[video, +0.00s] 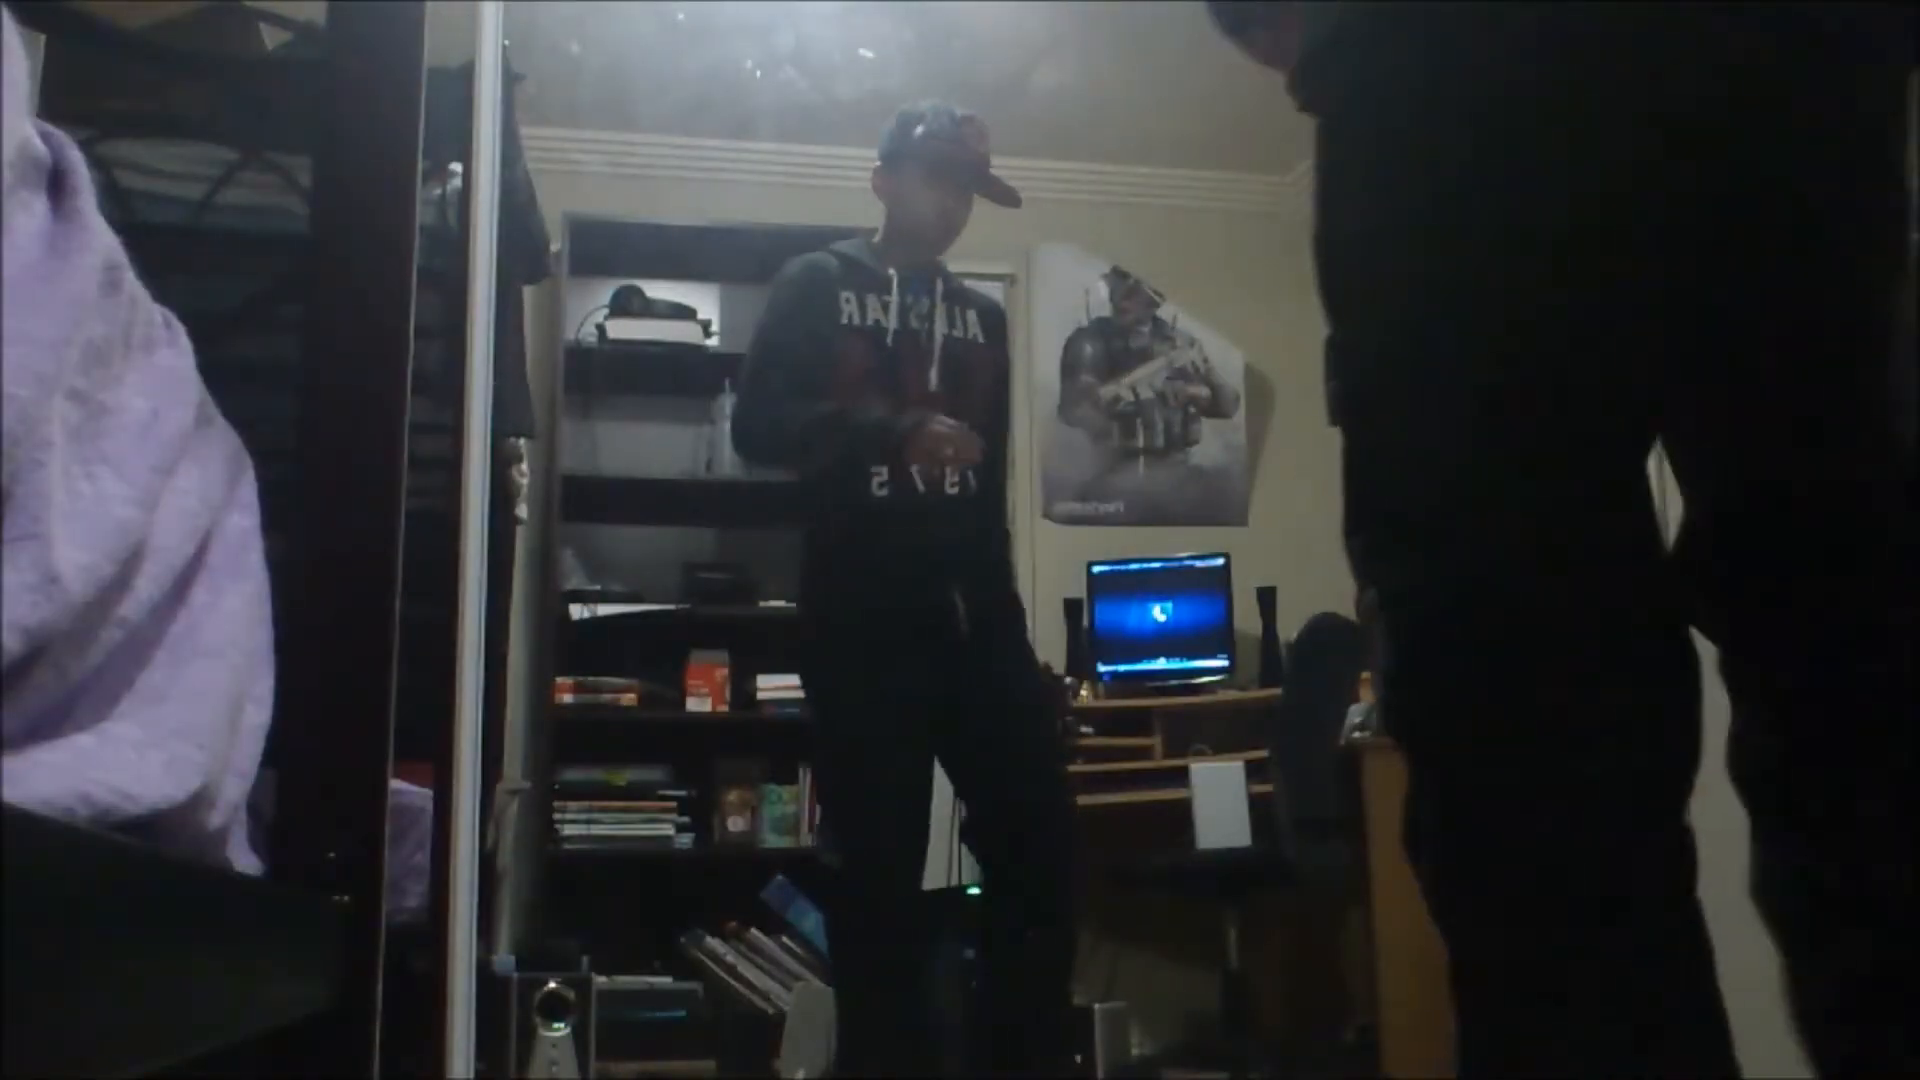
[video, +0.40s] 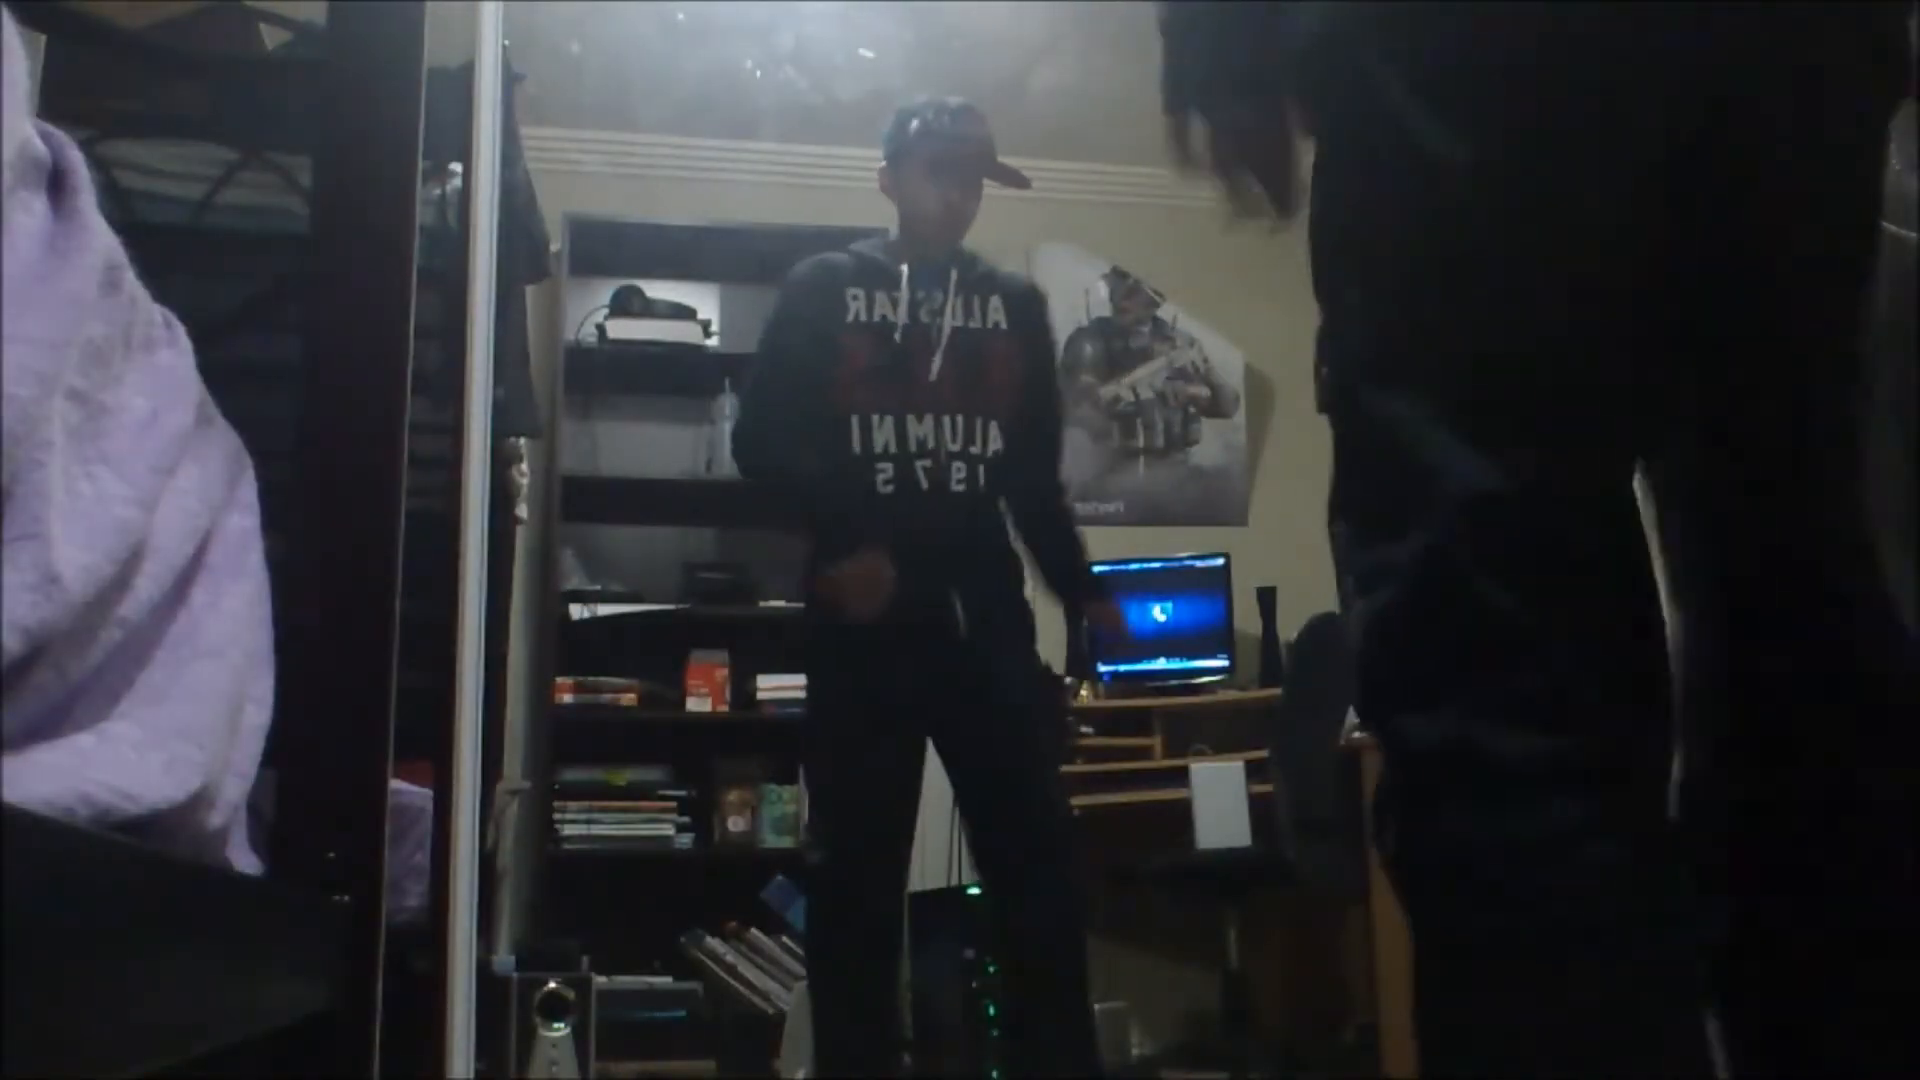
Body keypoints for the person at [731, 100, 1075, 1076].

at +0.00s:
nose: (954, 204)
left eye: (968, 188)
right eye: (938, 179)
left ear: (978, 199)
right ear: (885, 179)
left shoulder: (985, 318)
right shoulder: (816, 284)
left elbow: (998, 483)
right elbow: (757, 428)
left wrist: (1016, 638)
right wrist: (893, 433)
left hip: (976, 615)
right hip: (862, 610)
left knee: (1035, 843)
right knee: (878, 860)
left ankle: (1021, 1061)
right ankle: (881, 1066)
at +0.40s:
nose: (954, 196)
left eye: (970, 178)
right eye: (936, 172)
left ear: (986, 189)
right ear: (890, 177)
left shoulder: (1014, 305)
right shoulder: (824, 289)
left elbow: (1031, 474)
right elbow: (764, 438)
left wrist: (1080, 592)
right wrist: (844, 534)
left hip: (984, 613)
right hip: (861, 613)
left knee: (1033, 856)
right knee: (859, 870)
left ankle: (1054, 1068)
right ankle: (856, 1067)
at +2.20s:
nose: (1009, 176)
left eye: (1026, 160)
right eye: (991, 151)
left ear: (1038, 172)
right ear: (943, 150)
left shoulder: (1060, 302)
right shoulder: (870, 269)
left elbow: (1086, 436)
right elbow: (798, 416)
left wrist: (1130, 514)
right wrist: (838, 531)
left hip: (1023, 589)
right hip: (897, 589)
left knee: (1071, 844)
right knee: (895, 854)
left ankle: (1084, 1060)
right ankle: (888, 1063)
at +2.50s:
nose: (999, 187)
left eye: (1019, 170)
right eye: (981, 167)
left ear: (1046, 184)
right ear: (949, 177)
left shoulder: (1092, 299)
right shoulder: (893, 304)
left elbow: (1164, 467)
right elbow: (857, 466)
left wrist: (1113, 454)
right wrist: (842, 599)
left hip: (1052, 618)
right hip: (924, 615)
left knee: (1061, 868)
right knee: (893, 866)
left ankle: (1069, 1066)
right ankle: (883, 1068)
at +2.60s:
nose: (989, 191)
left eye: (1010, 174)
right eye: (971, 171)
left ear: (1038, 187)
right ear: (940, 183)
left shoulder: (1087, 304)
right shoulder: (891, 318)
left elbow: (1165, 456)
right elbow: (857, 477)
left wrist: (1113, 454)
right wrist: (833, 610)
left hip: (1051, 615)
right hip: (923, 618)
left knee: (1058, 864)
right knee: (882, 854)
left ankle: (1067, 1065)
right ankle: (883, 1065)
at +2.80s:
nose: (952, 202)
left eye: (974, 183)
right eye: (937, 182)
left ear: (1013, 192)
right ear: (915, 194)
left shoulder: (1067, 306)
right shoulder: (880, 326)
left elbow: (1140, 453)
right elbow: (850, 484)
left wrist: (1039, 453)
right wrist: (843, 624)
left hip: (1031, 623)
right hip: (905, 629)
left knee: (1038, 869)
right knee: (857, 860)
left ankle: (1054, 1066)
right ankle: (873, 1063)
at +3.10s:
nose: (953, 213)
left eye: (972, 197)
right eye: (935, 193)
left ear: (997, 212)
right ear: (903, 204)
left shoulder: (1041, 336)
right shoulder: (850, 331)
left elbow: (1102, 484)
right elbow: (783, 477)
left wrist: (994, 457)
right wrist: (826, 583)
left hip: (1011, 631)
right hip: (888, 633)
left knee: (1039, 873)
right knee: (881, 877)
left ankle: (1061, 1064)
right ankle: (882, 1064)